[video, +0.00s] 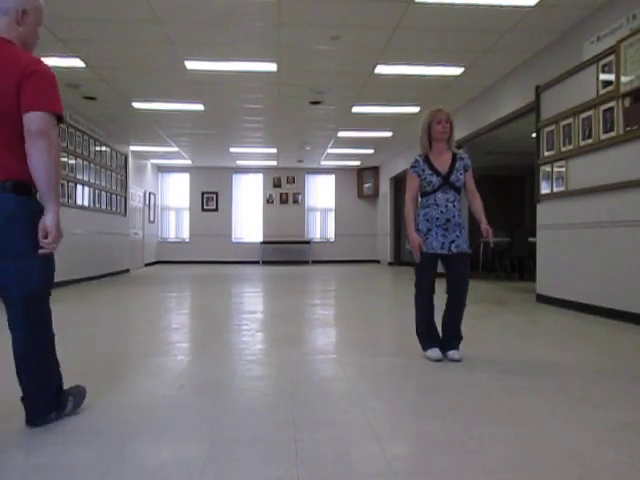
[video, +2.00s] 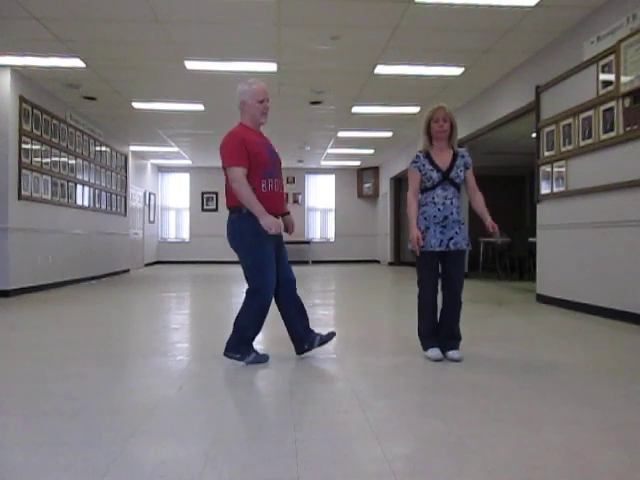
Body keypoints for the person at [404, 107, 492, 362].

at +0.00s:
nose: (444, 126)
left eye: (447, 123)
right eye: (438, 123)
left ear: (452, 128)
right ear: (429, 128)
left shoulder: (462, 160)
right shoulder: (419, 163)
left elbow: (472, 194)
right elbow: (410, 201)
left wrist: (483, 221)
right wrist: (412, 233)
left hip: (456, 232)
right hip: (427, 232)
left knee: (459, 287)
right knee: (425, 289)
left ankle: (451, 343)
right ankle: (430, 343)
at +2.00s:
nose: (441, 125)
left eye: (445, 121)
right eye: (436, 121)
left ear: (452, 126)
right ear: (428, 127)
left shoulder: (462, 158)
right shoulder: (420, 159)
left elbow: (474, 192)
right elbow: (413, 195)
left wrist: (487, 218)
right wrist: (413, 226)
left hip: (456, 231)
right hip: (427, 231)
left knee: (454, 291)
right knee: (428, 290)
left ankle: (450, 343)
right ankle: (430, 343)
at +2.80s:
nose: (443, 131)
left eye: (447, 126)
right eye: (438, 126)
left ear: (453, 130)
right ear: (429, 130)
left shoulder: (462, 160)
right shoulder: (419, 162)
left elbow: (474, 191)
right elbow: (410, 200)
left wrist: (486, 213)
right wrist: (408, 233)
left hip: (457, 233)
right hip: (427, 233)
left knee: (457, 291)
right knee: (426, 290)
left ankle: (451, 344)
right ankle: (430, 343)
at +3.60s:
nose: (447, 126)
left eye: (451, 122)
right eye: (442, 122)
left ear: (455, 126)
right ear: (432, 126)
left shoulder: (463, 156)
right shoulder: (420, 158)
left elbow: (473, 190)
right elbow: (410, 195)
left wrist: (481, 221)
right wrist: (414, 227)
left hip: (458, 230)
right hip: (430, 231)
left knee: (455, 290)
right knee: (430, 289)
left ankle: (451, 343)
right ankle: (431, 344)